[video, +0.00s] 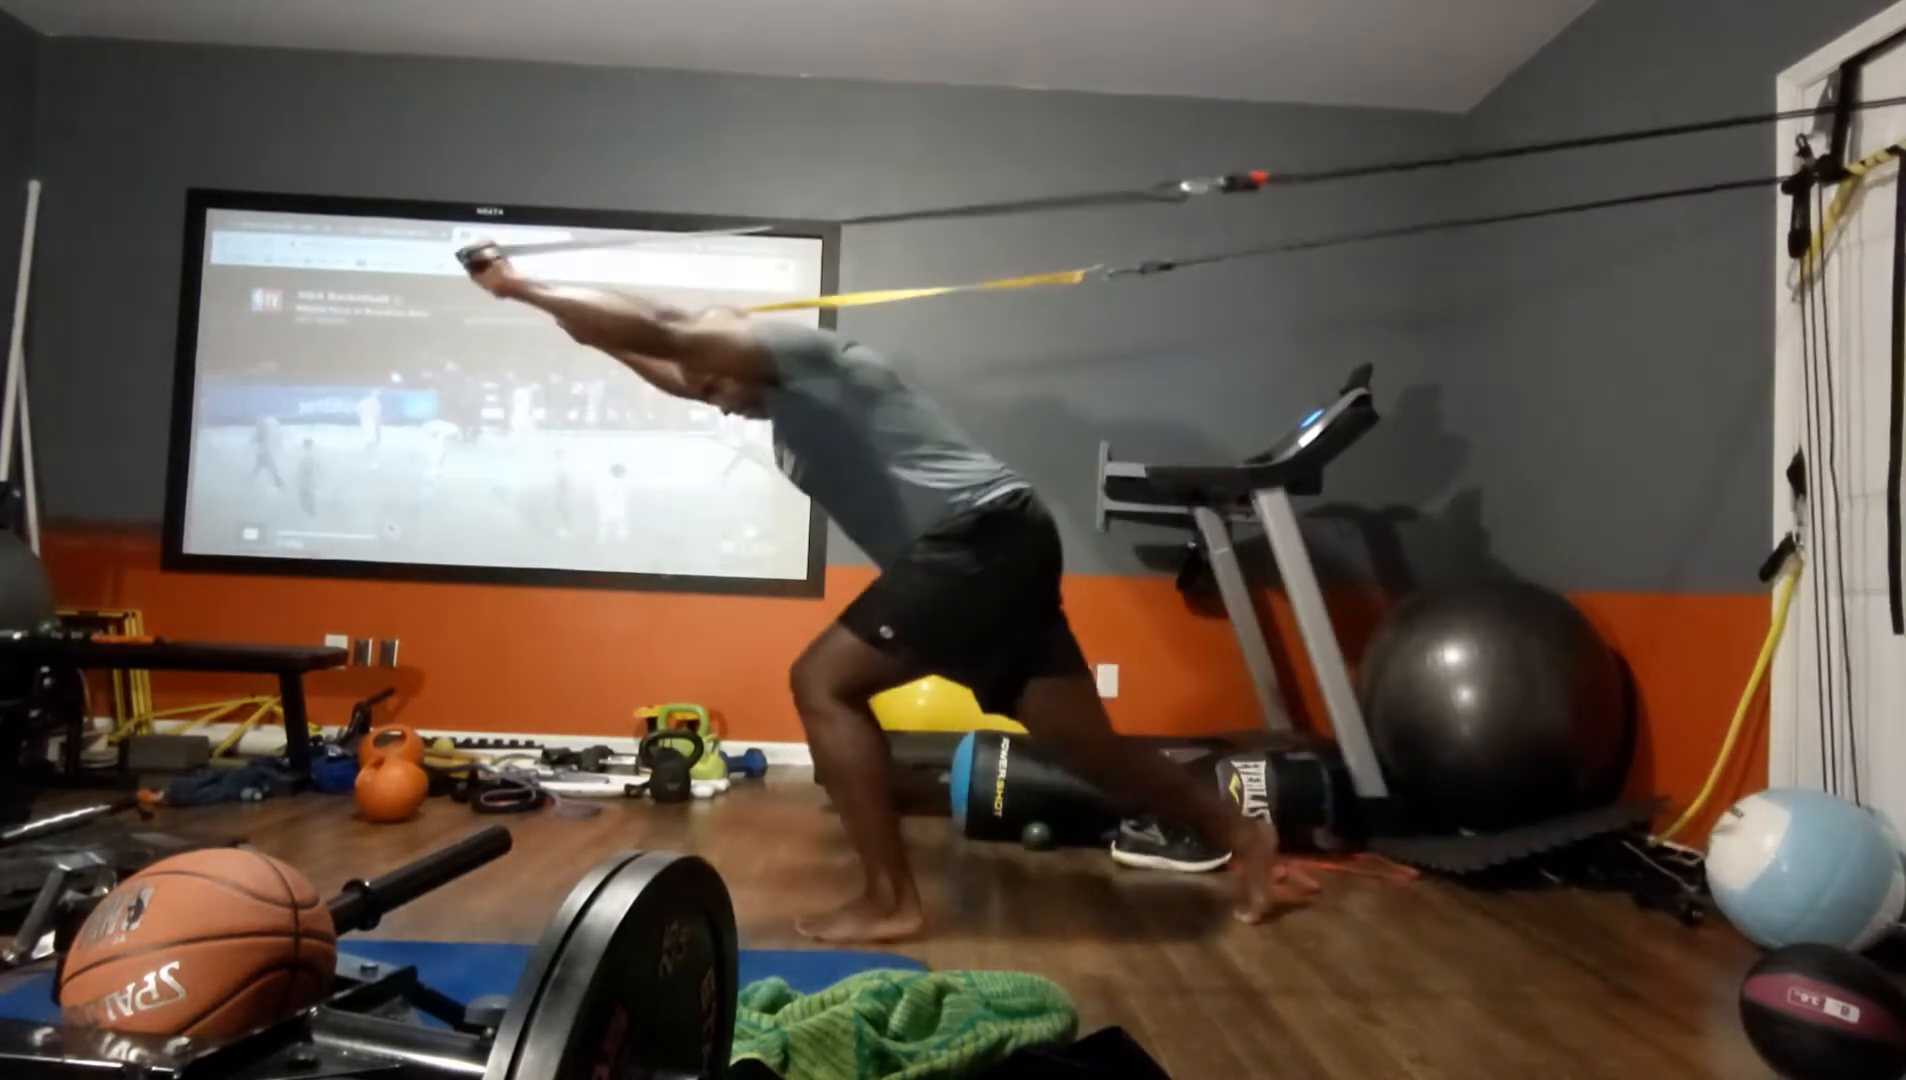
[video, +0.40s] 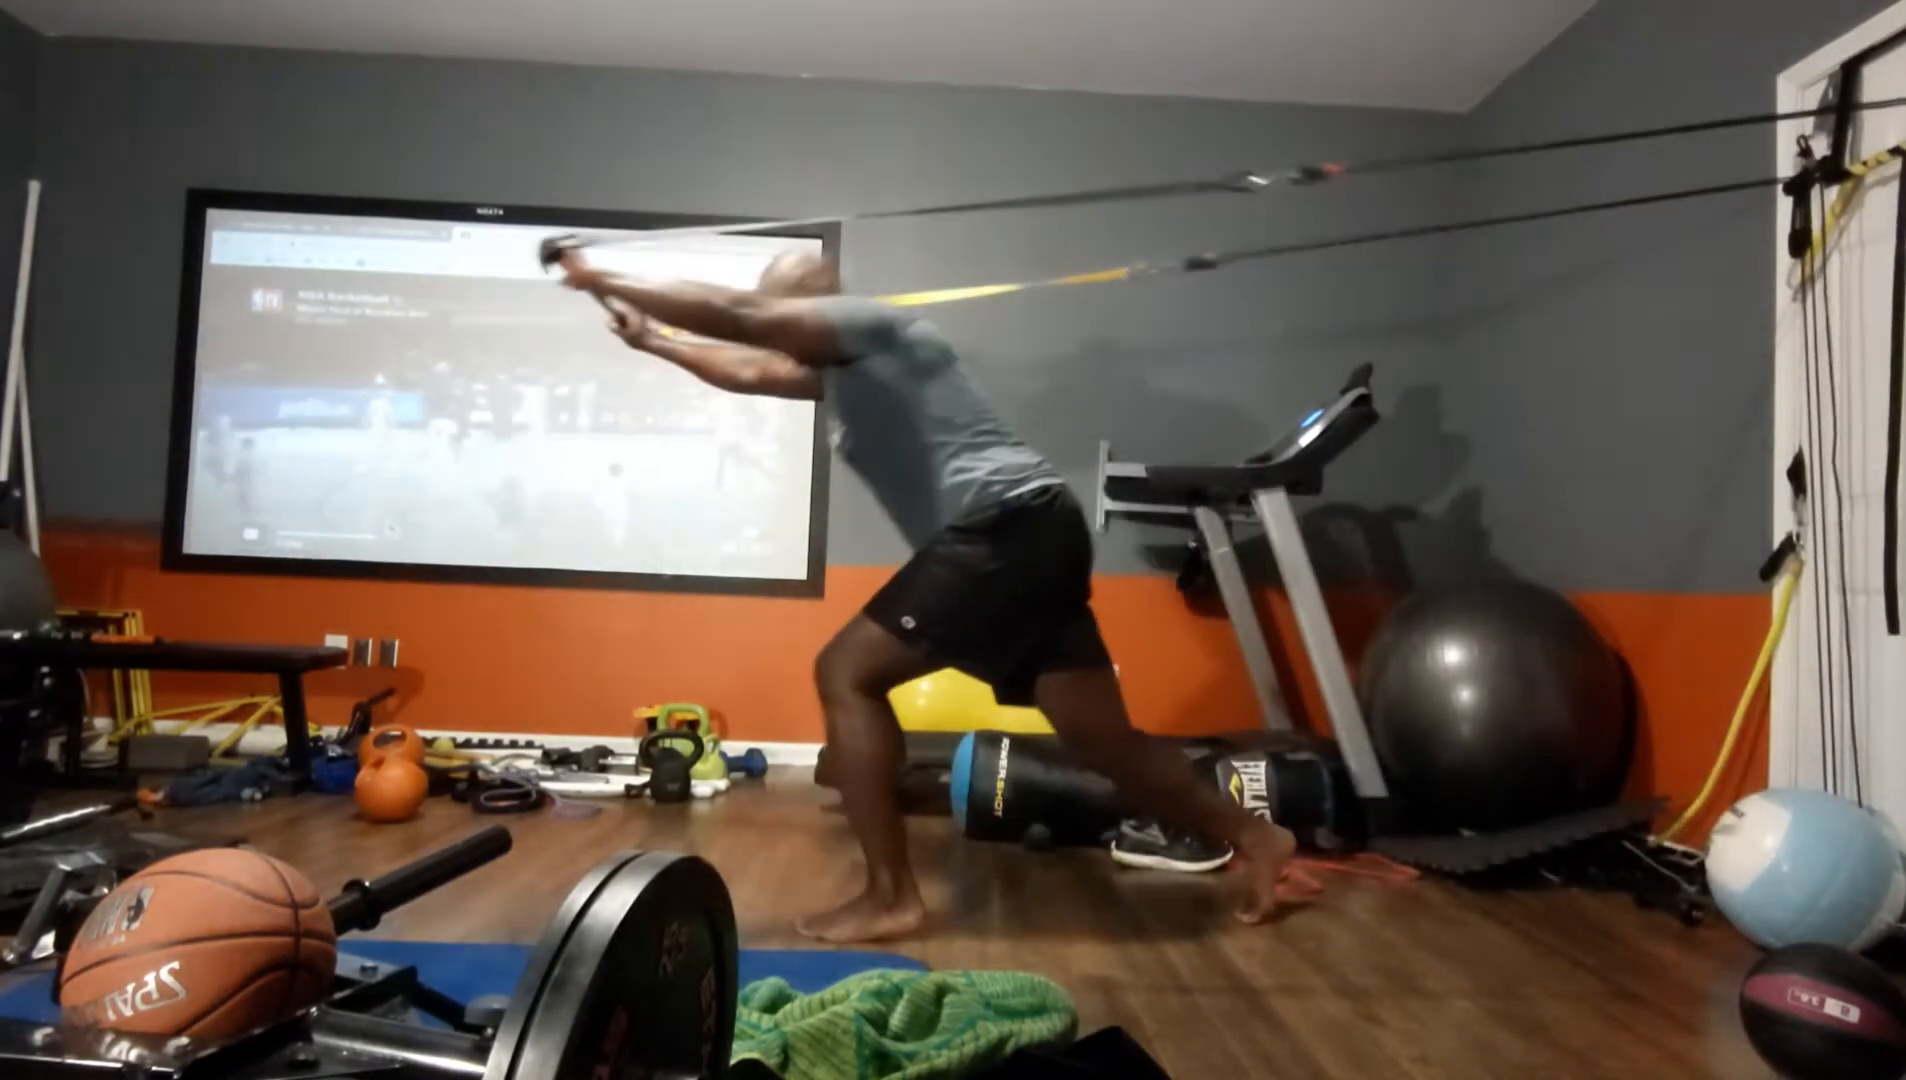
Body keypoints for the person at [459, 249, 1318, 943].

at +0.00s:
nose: (694, 390)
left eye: (694, 374)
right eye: (682, 383)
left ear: (732, 344)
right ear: (736, 367)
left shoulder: (802, 353)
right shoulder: (800, 414)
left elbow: (655, 338)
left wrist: (524, 288)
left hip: (980, 534)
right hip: (996, 544)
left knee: (822, 686)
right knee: (1091, 748)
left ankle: (888, 899)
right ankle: (1246, 843)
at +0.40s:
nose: (767, 325)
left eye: (769, 310)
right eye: (766, 315)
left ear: (804, 299)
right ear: (814, 313)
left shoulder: (878, 327)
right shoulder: (847, 382)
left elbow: (743, 315)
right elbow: (744, 370)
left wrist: (604, 279)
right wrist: (653, 337)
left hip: (1006, 528)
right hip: (1037, 536)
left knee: (844, 676)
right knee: (1100, 737)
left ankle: (890, 894)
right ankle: (1258, 843)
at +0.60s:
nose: (876, 255)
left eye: (889, 237)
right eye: (875, 241)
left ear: (940, 231)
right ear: (918, 240)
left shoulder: (987, 283)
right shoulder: (943, 332)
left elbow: (893, 310)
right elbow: (869, 386)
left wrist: (768, 282)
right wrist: (770, 349)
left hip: (1066, 513)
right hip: (1077, 520)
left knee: (916, 665)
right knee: (1130, 722)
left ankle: (892, 895)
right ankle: (1280, 851)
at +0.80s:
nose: (995, 220)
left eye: (1008, 202)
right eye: (996, 205)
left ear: (1056, 202)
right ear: (1043, 207)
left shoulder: (1097, 254)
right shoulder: (1056, 299)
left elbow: (1126, 325)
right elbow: (1034, 406)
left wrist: (992, 312)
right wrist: (945, 368)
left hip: (1146, 490)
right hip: (1147, 496)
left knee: (1031, 675)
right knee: (1183, 705)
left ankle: (968, 889)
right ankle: (1297, 858)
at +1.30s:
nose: (1130, 201)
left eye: (1145, 185)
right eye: (1131, 187)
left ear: (1195, 192)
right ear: (1181, 197)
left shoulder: (1244, 250)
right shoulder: (1192, 285)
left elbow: (1340, 333)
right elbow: (1227, 397)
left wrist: (1235, 359)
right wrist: (1155, 408)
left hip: (1312, 497)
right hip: (1243, 510)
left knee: (1321, 690)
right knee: (1244, 685)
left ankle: (1478, 874)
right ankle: (1315, 879)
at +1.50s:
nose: (1159, 196)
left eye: (1174, 179)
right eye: (1160, 183)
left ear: (1227, 184)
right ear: (1211, 190)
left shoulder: (1283, 248)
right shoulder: (1218, 293)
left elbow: (1376, 334)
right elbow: (1253, 398)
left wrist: (1268, 366)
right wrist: (1171, 410)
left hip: (1352, 497)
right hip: (1280, 511)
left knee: (1384, 694)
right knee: (1248, 685)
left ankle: (1499, 885)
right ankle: (1316, 878)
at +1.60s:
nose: (1167, 191)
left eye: (1182, 174)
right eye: (1167, 177)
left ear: (1234, 180)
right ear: (1217, 185)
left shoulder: (1291, 243)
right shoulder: (1224, 287)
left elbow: (1384, 330)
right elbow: (1261, 396)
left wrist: (1274, 362)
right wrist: (1178, 405)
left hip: (1353, 498)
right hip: (1279, 511)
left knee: (1387, 697)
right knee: (1250, 686)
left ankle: (1500, 886)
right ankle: (1314, 877)